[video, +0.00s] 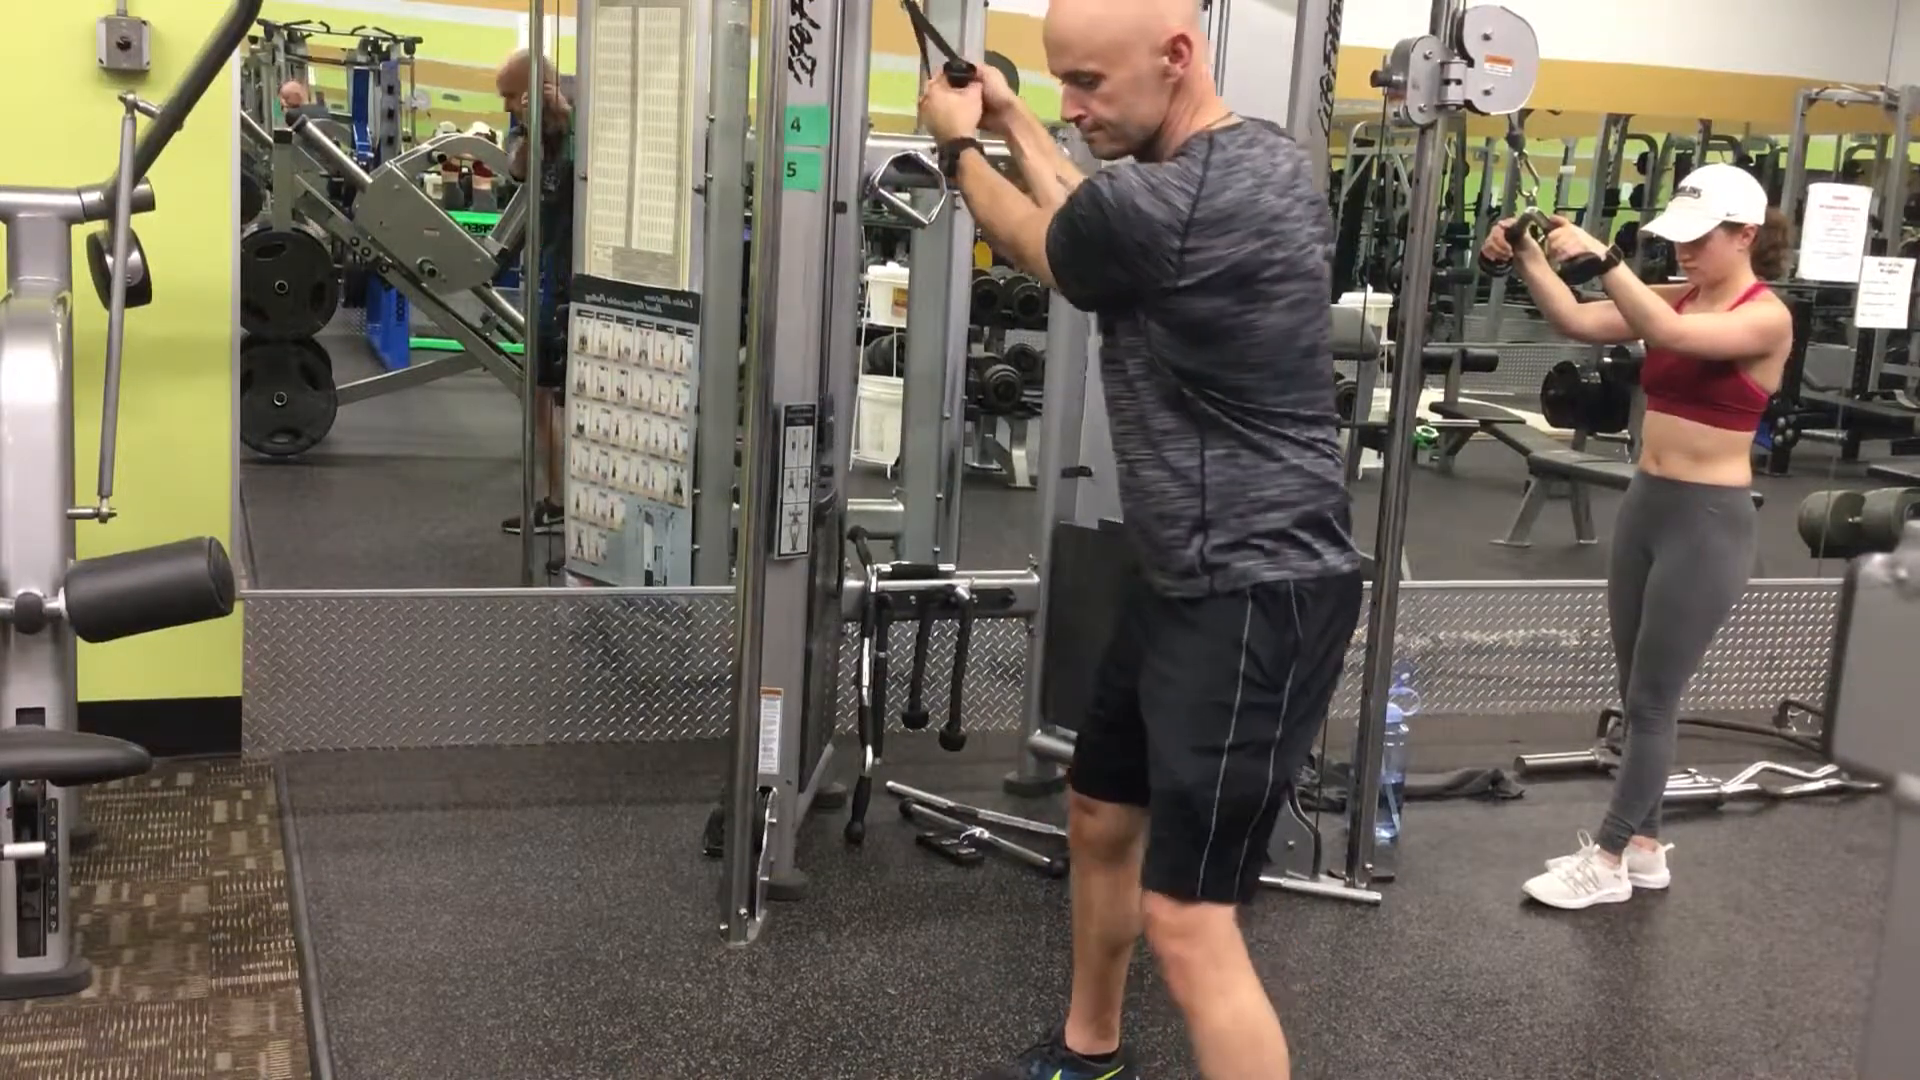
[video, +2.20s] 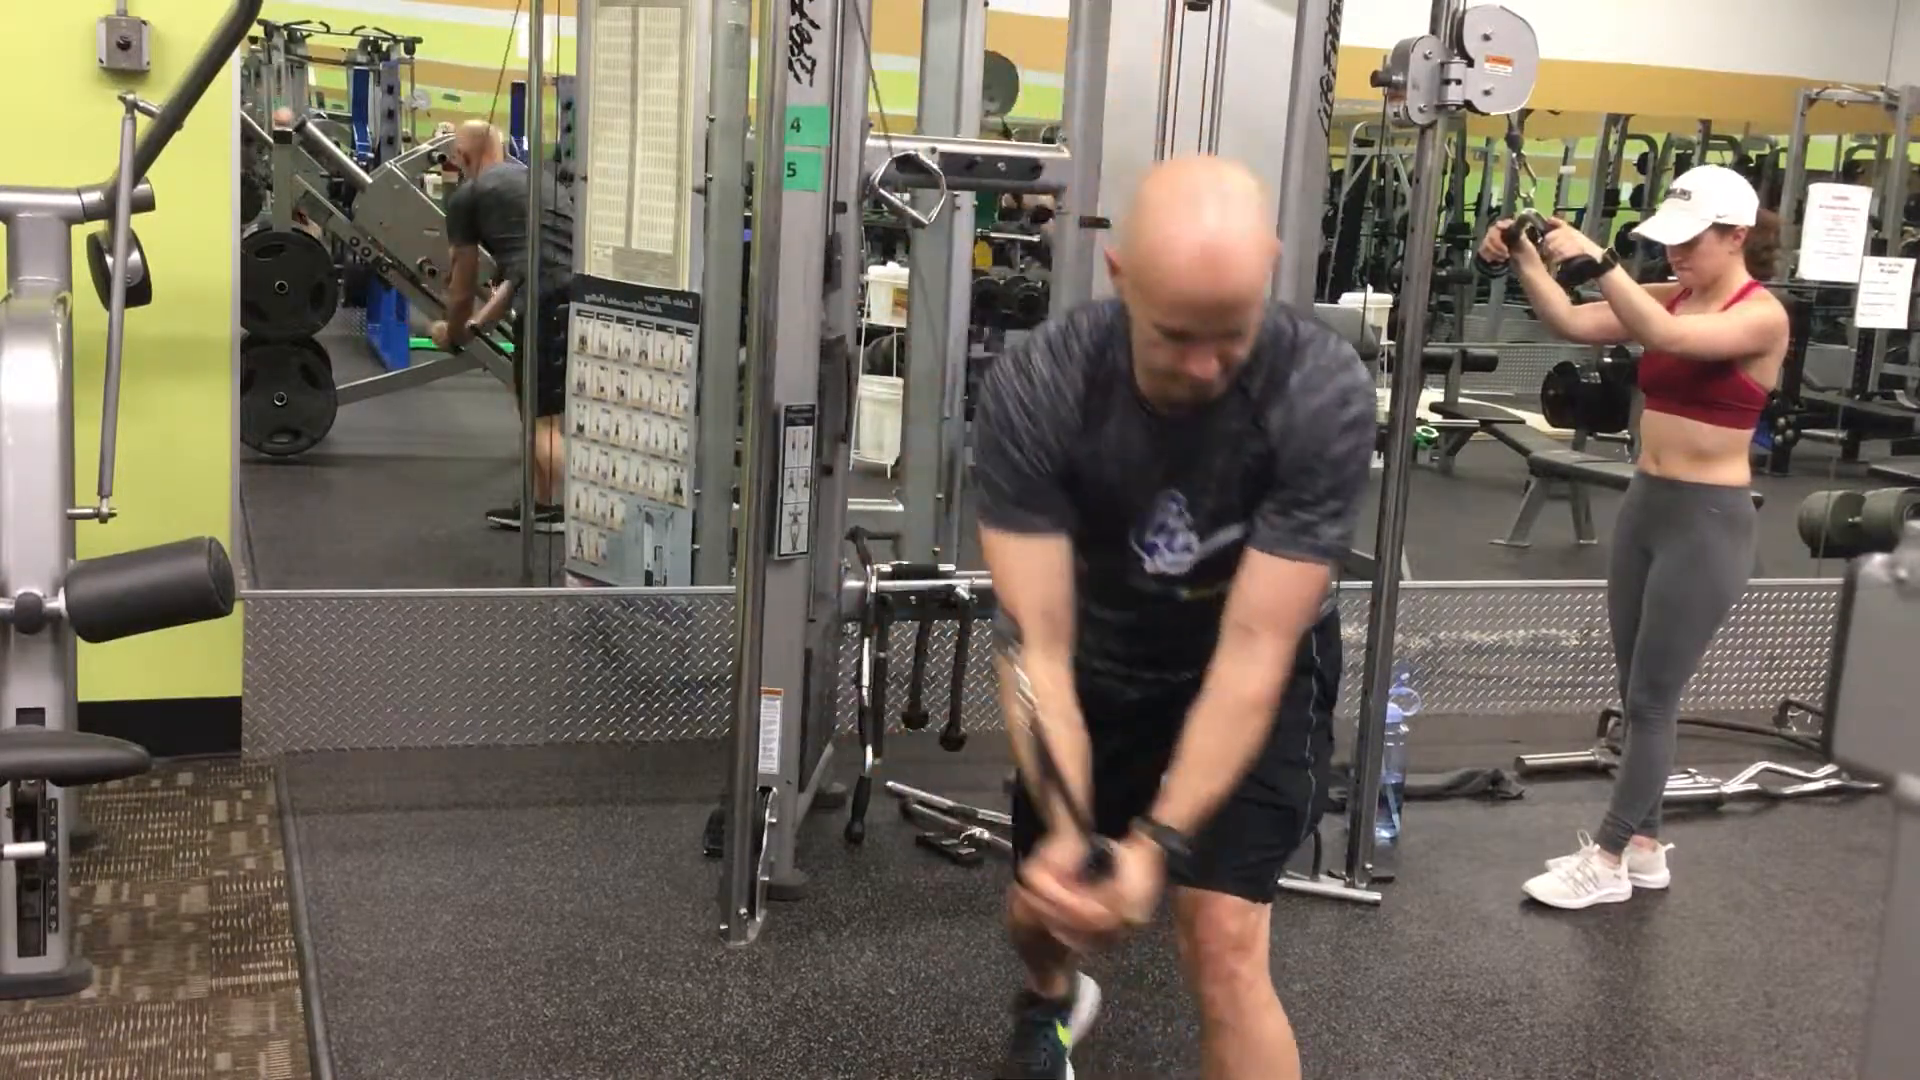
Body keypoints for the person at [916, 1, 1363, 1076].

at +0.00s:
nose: (1071, 109)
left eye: (1087, 82)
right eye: (1064, 83)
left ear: (1178, 57)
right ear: (1180, 56)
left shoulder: (1159, 205)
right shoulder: (1272, 165)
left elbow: (1040, 250)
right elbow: (1104, 237)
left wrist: (962, 146)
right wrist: (1013, 123)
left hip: (1257, 592)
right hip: (1186, 576)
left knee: (1190, 920)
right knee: (1099, 822)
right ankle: (1089, 1050)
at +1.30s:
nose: (1044, 119)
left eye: (1068, 96)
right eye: (1034, 92)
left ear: (1160, 75)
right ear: (1155, 78)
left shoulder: (1131, 238)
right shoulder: (1210, 173)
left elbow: (978, 310)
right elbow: (1026, 280)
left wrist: (855, 246)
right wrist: (886, 225)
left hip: (1250, 596)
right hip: (1193, 578)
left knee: (1166, 928)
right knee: (1115, 821)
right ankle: (1128, 1053)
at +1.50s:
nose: (1049, 155)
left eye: (1076, 128)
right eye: (1036, 125)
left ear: (1160, 98)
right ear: (1024, 99)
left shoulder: (1177, 259)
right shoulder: (1109, 205)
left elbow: (966, 404)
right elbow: (974, 344)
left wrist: (805, 367)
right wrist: (811, 340)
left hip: (1242, 603)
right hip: (1151, 587)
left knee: (1158, 929)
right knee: (1102, 833)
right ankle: (1131, 1054)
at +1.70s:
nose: (1073, 185)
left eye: (1103, 156)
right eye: (1050, 154)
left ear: (1172, 117)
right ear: (1028, 123)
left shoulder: (1222, 284)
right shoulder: (1050, 230)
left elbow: (1047, 504)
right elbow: (956, 418)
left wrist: (841, 529)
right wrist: (824, 503)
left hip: (1240, 618)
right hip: (1110, 605)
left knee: (1165, 934)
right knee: (1087, 855)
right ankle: (1127, 1053)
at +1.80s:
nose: (1086, 209)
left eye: (1115, 181)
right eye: (1061, 178)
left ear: (1174, 137)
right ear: (1034, 142)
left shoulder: (1241, 300)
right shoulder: (1027, 248)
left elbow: (1087, 535)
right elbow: (949, 448)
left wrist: (888, 605)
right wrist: (853, 578)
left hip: (1249, 617)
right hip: (1109, 602)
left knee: (1181, 943)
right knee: (1068, 853)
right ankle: (1126, 1049)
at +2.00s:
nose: (1131, 286)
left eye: (1161, 256)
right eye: (1103, 256)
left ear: (1204, 211)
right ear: (1061, 212)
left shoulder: (1273, 339)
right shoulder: (1007, 314)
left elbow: (1165, 606)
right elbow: (967, 545)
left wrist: (1007, 735)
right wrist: (946, 712)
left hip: (1256, 638)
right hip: (1100, 618)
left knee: (1204, 936)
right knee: (1043, 880)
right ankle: (1117, 1042)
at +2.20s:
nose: (1204, 367)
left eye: (1232, 335)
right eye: (1174, 336)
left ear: (1269, 279)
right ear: (1117, 273)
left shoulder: (1321, 395)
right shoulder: (1038, 384)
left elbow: (1254, 648)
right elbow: (1038, 645)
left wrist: (1157, 835)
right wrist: (1065, 824)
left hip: (1252, 656)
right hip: (1101, 652)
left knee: (1224, 939)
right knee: (1036, 901)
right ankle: (1050, 1003)